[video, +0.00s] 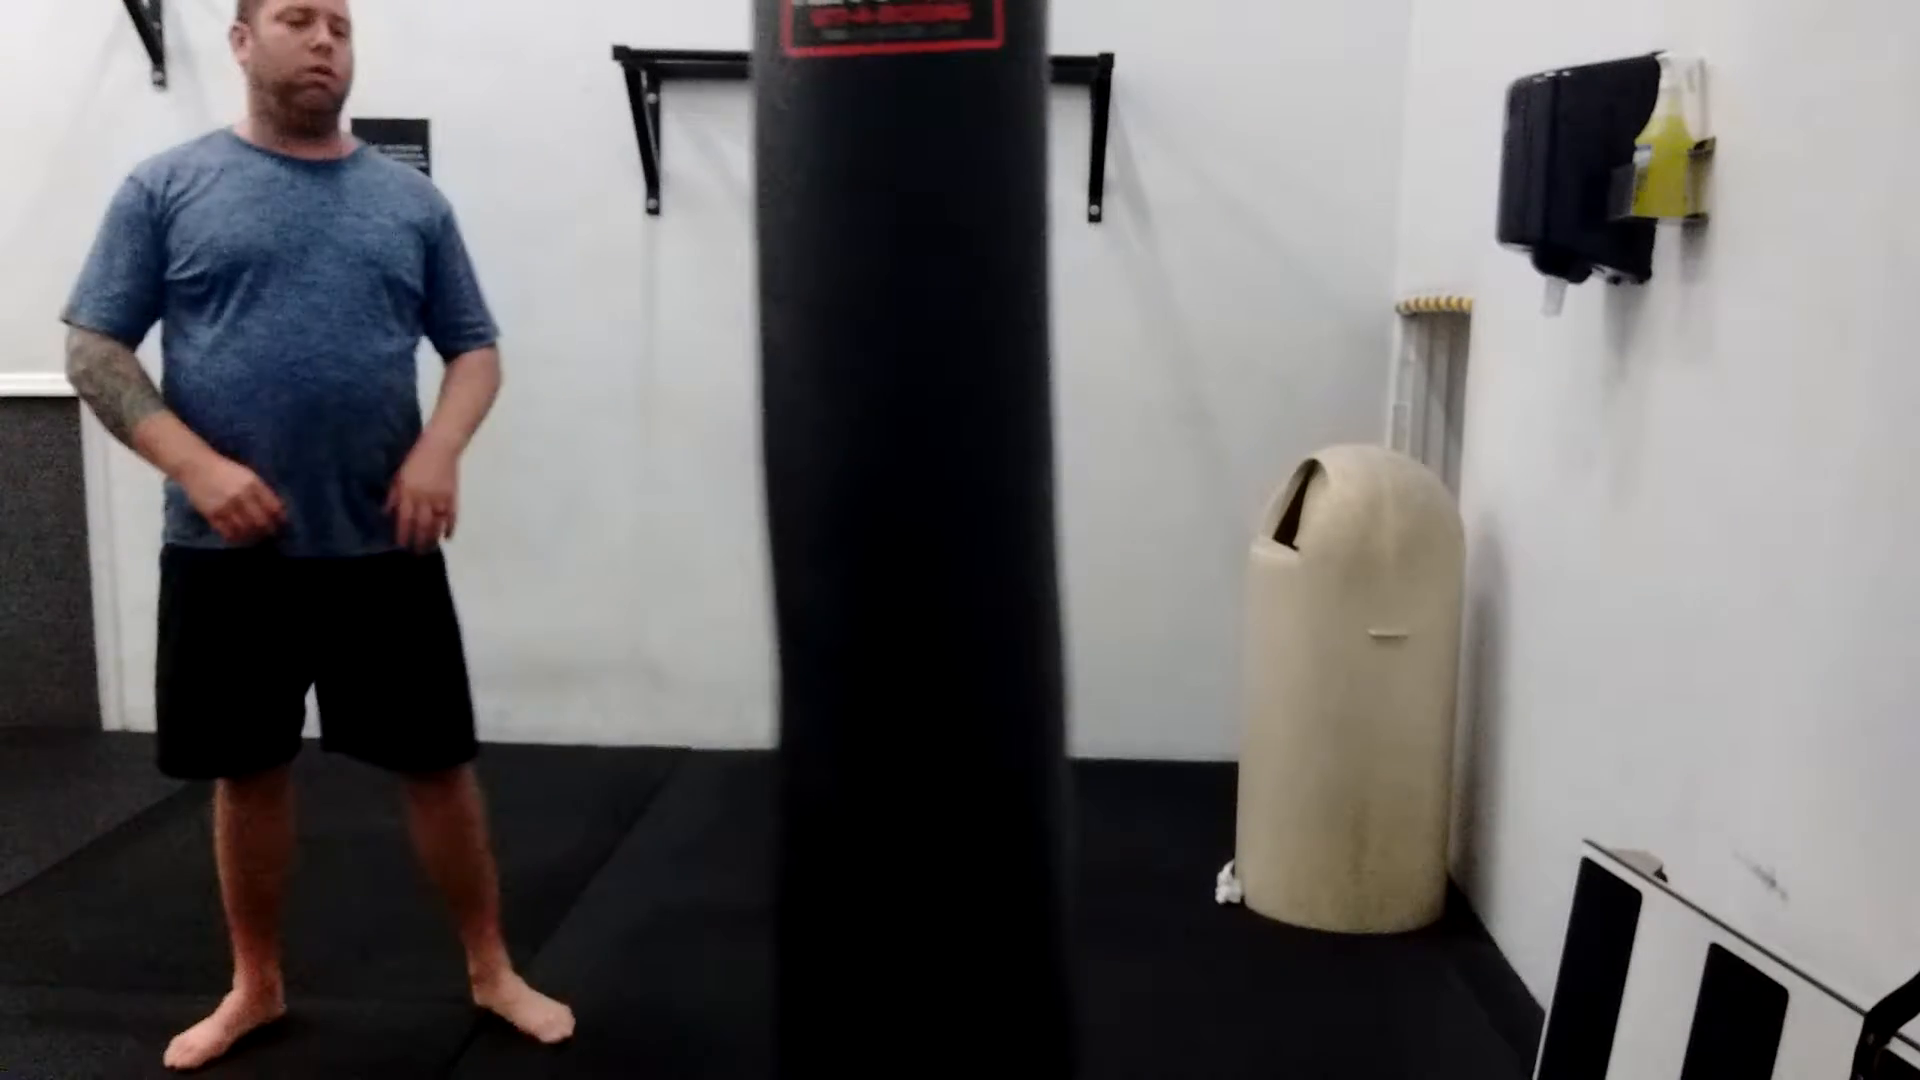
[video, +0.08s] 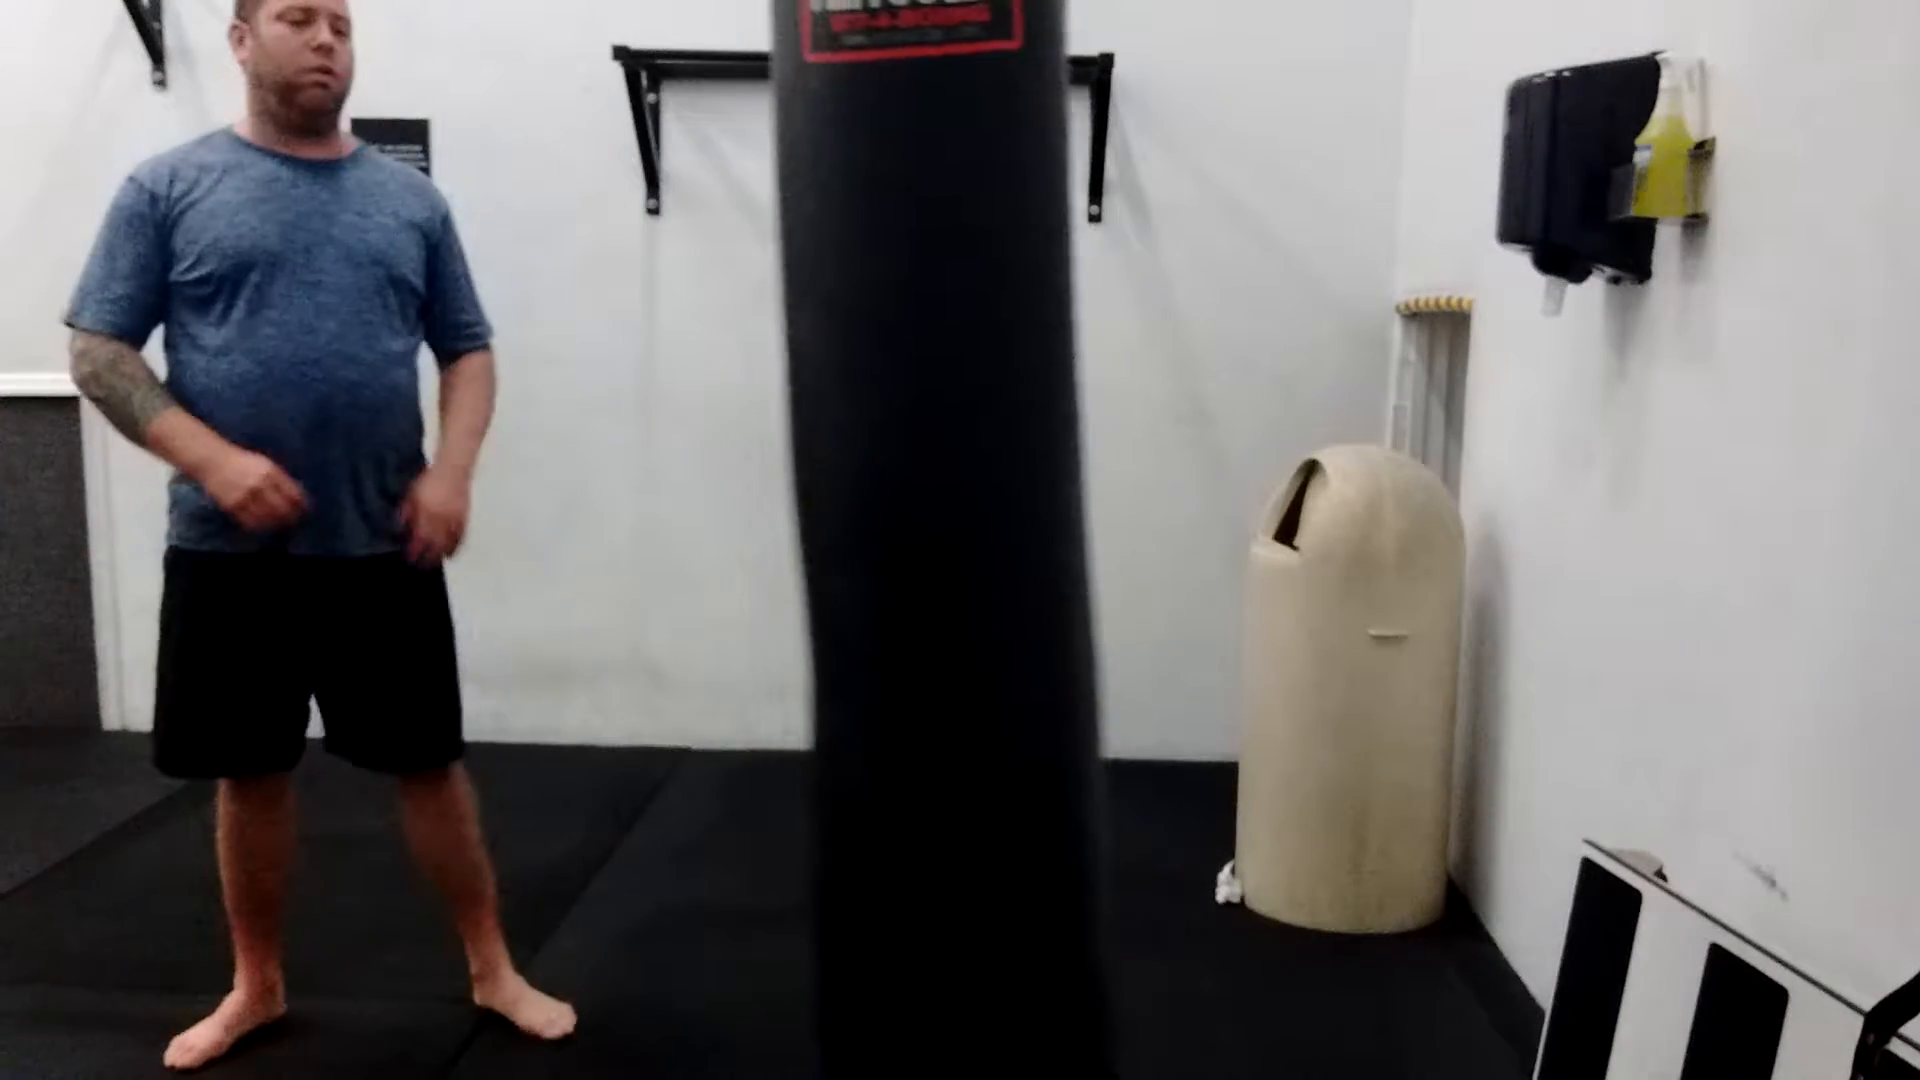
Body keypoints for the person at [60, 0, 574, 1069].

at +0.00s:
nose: (324, 38)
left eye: (338, 24)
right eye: (297, 20)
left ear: (353, 53)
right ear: (242, 45)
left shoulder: (410, 199)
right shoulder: (169, 186)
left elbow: (476, 353)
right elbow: (91, 349)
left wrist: (438, 450)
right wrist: (196, 464)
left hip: (384, 546)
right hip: (231, 551)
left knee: (440, 765)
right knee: (246, 775)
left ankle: (493, 972)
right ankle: (255, 986)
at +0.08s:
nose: (326, 37)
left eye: (339, 23)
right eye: (298, 19)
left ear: (353, 52)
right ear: (242, 44)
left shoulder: (410, 197)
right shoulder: (170, 188)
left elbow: (468, 352)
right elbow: (96, 352)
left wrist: (451, 472)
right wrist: (212, 458)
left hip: (383, 545)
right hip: (234, 549)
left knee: (431, 765)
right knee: (248, 777)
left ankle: (494, 971)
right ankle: (256, 986)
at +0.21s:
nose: (339, 38)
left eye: (351, 23)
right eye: (311, 19)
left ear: (364, 49)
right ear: (252, 44)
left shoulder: (417, 199)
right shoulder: (182, 187)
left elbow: (471, 361)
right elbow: (113, 357)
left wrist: (477, 496)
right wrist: (245, 446)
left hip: (399, 541)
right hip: (247, 548)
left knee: (441, 761)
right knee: (255, 776)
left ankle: (496, 971)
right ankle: (256, 986)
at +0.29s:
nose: (353, 41)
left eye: (365, 26)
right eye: (326, 22)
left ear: (381, 52)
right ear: (268, 44)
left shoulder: (428, 200)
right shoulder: (196, 185)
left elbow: (483, 355)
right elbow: (126, 353)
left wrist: (489, 473)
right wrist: (263, 444)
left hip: (411, 542)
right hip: (258, 549)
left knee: (454, 760)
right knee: (257, 778)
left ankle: (496, 972)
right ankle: (256, 988)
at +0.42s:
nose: (400, 64)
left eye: (409, 43)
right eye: (375, 39)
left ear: (417, 56)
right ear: (307, 45)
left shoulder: (452, 206)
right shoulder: (226, 190)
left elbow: (502, 355)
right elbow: (149, 352)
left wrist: (507, 450)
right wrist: (290, 457)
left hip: (432, 549)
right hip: (276, 555)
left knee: (471, 762)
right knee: (244, 783)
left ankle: (497, 972)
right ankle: (248, 984)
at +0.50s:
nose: (419, 79)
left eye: (431, 59)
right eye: (395, 53)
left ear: (442, 67)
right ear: (329, 50)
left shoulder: (465, 211)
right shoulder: (241, 189)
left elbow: (514, 354)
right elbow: (167, 351)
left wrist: (515, 431)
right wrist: (314, 441)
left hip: (442, 548)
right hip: (282, 552)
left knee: (474, 763)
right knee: (226, 779)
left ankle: (497, 970)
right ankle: (230, 972)